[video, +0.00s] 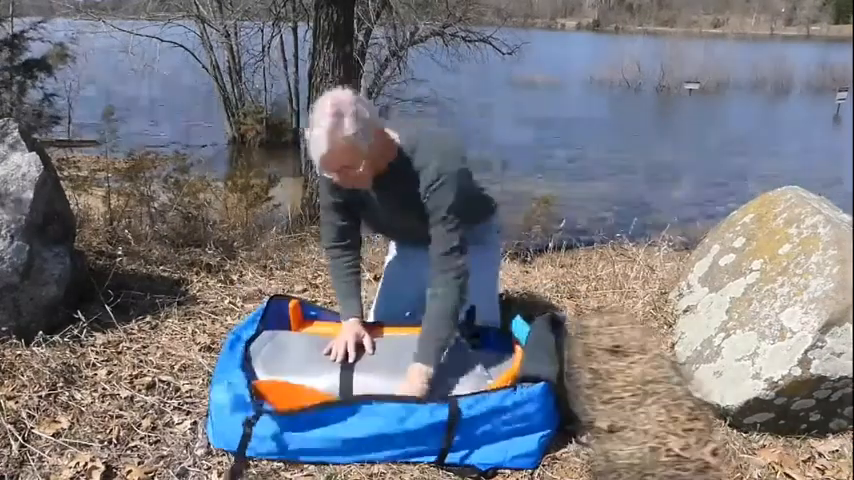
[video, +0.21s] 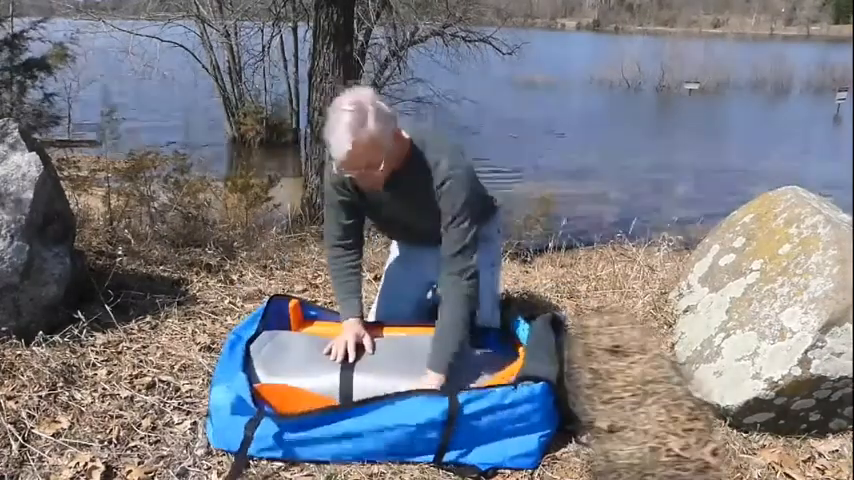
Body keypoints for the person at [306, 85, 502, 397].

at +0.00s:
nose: (338, 181)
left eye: (346, 169)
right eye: (329, 172)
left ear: (374, 148)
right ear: (319, 161)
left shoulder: (436, 164)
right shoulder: (334, 169)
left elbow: (449, 271)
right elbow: (340, 248)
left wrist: (422, 368)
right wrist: (351, 320)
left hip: (471, 240)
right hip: (410, 244)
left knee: (478, 338)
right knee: (380, 336)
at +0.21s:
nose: (361, 180)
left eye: (370, 168)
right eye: (350, 172)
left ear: (397, 141)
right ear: (337, 160)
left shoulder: (447, 168)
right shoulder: (341, 170)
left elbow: (459, 272)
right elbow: (342, 247)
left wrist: (435, 372)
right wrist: (351, 319)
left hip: (472, 241)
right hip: (411, 244)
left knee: (479, 327)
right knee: (386, 326)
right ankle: (443, 301)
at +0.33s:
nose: (364, 134)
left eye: (373, 117)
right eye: (349, 125)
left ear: (399, 107)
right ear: (338, 126)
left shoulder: (452, 151)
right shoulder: (344, 158)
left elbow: (471, 253)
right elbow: (343, 242)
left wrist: (441, 356)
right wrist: (350, 317)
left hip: (470, 242)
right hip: (411, 246)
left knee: (476, 337)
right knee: (387, 329)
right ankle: (438, 300)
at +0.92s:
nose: (373, 161)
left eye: (384, 150)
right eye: (364, 150)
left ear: (412, 131)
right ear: (353, 136)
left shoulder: (466, 149)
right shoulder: (349, 154)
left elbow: (495, 242)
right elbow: (344, 237)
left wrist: (456, 320)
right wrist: (345, 310)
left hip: (469, 251)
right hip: (408, 252)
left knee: (474, 348)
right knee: (384, 341)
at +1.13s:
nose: (406, 171)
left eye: (415, 162)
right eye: (395, 163)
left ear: (434, 130)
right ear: (376, 139)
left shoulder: (477, 144)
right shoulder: (356, 146)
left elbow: (512, 231)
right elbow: (324, 229)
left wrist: (496, 314)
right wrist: (329, 296)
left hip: (474, 249)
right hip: (410, 250)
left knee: (488, 355)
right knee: (382, 346)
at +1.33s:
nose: (427, 163)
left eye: (433, 152)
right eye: (417, 155)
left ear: (445, 123)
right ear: (395, 137)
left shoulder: (487, 147)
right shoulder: (374, 151)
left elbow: (519, 223)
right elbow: (348, 236)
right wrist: (376, 305)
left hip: (481, 250)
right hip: (418, 250)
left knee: (478, 338)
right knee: (385, 337)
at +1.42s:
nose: (430, 141)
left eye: (439, 131)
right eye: (420, 131)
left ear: (455, 118)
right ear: (405, 121)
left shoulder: (488, 142)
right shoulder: (386, 150)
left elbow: (528, 195)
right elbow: (360, 228)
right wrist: (381, 291)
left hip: (483, 255)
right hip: (421, 255)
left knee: (480, 340)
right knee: (396, 335)